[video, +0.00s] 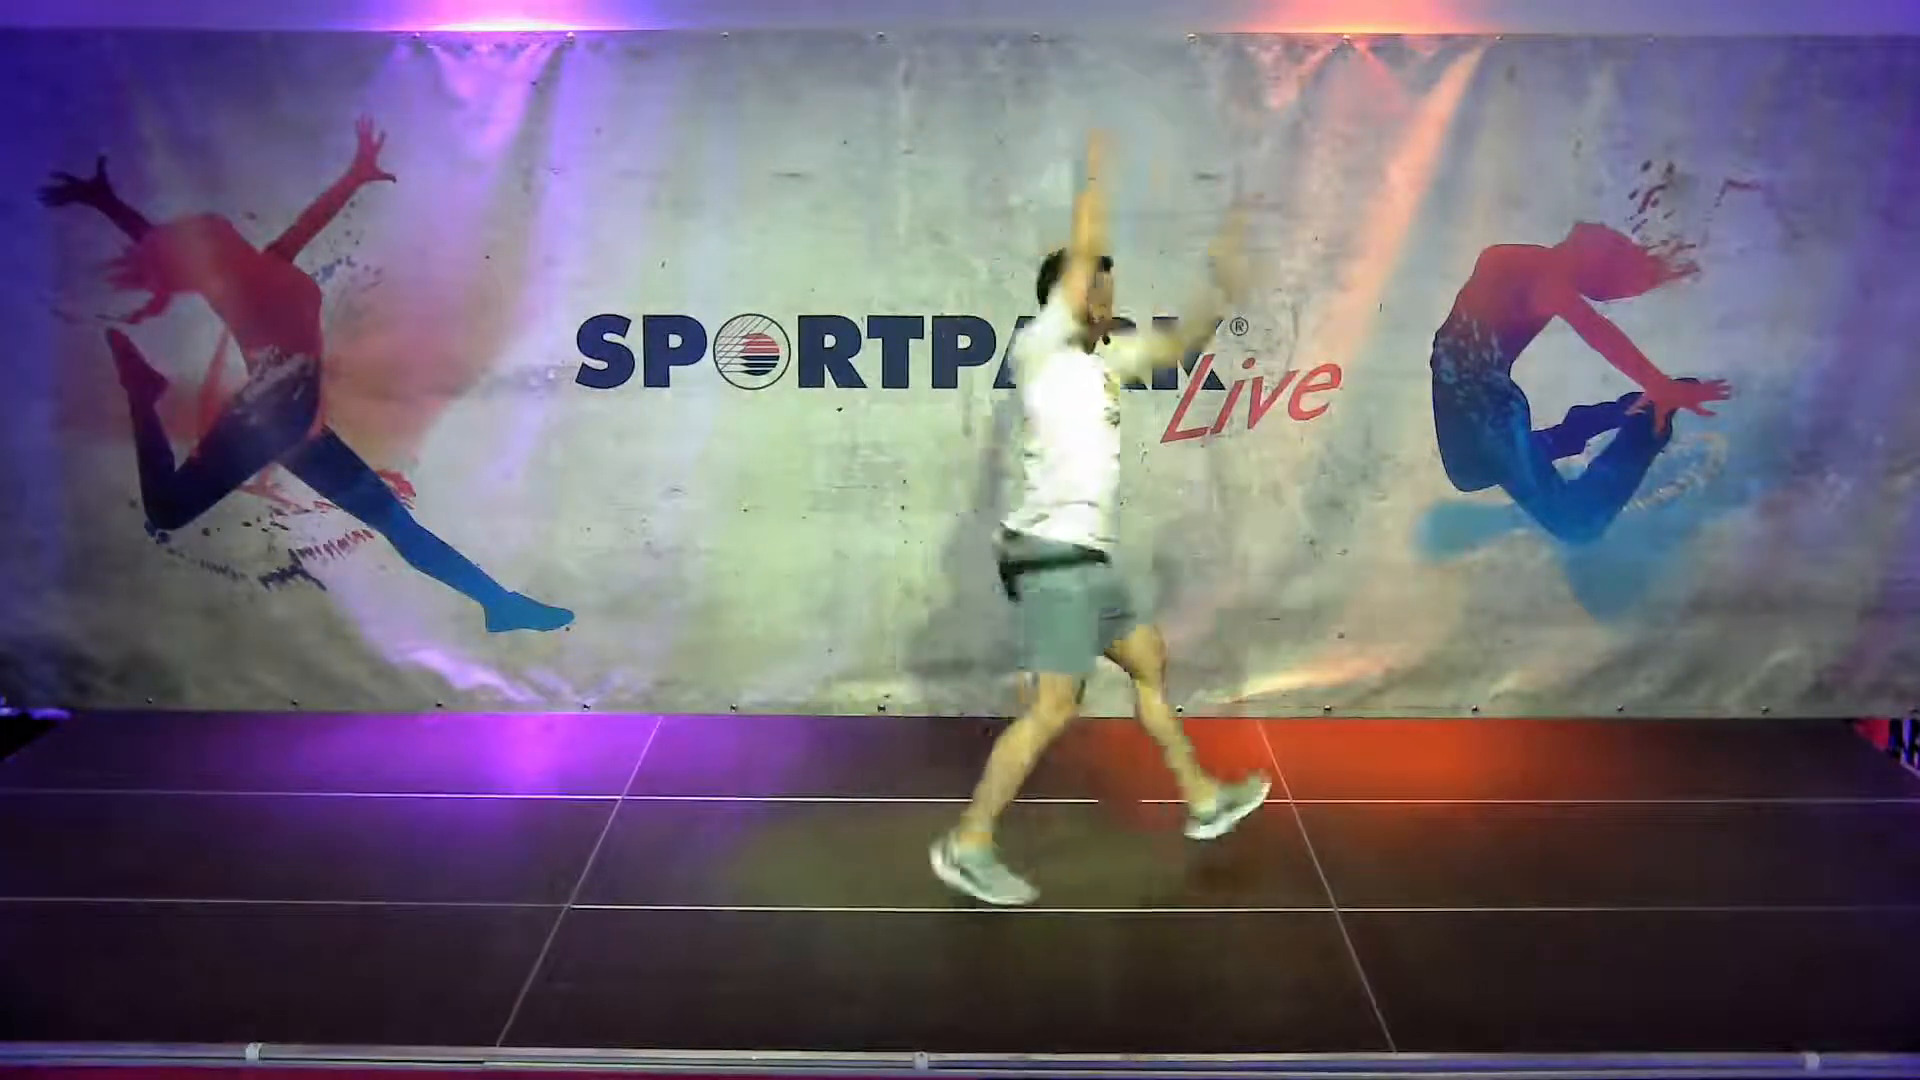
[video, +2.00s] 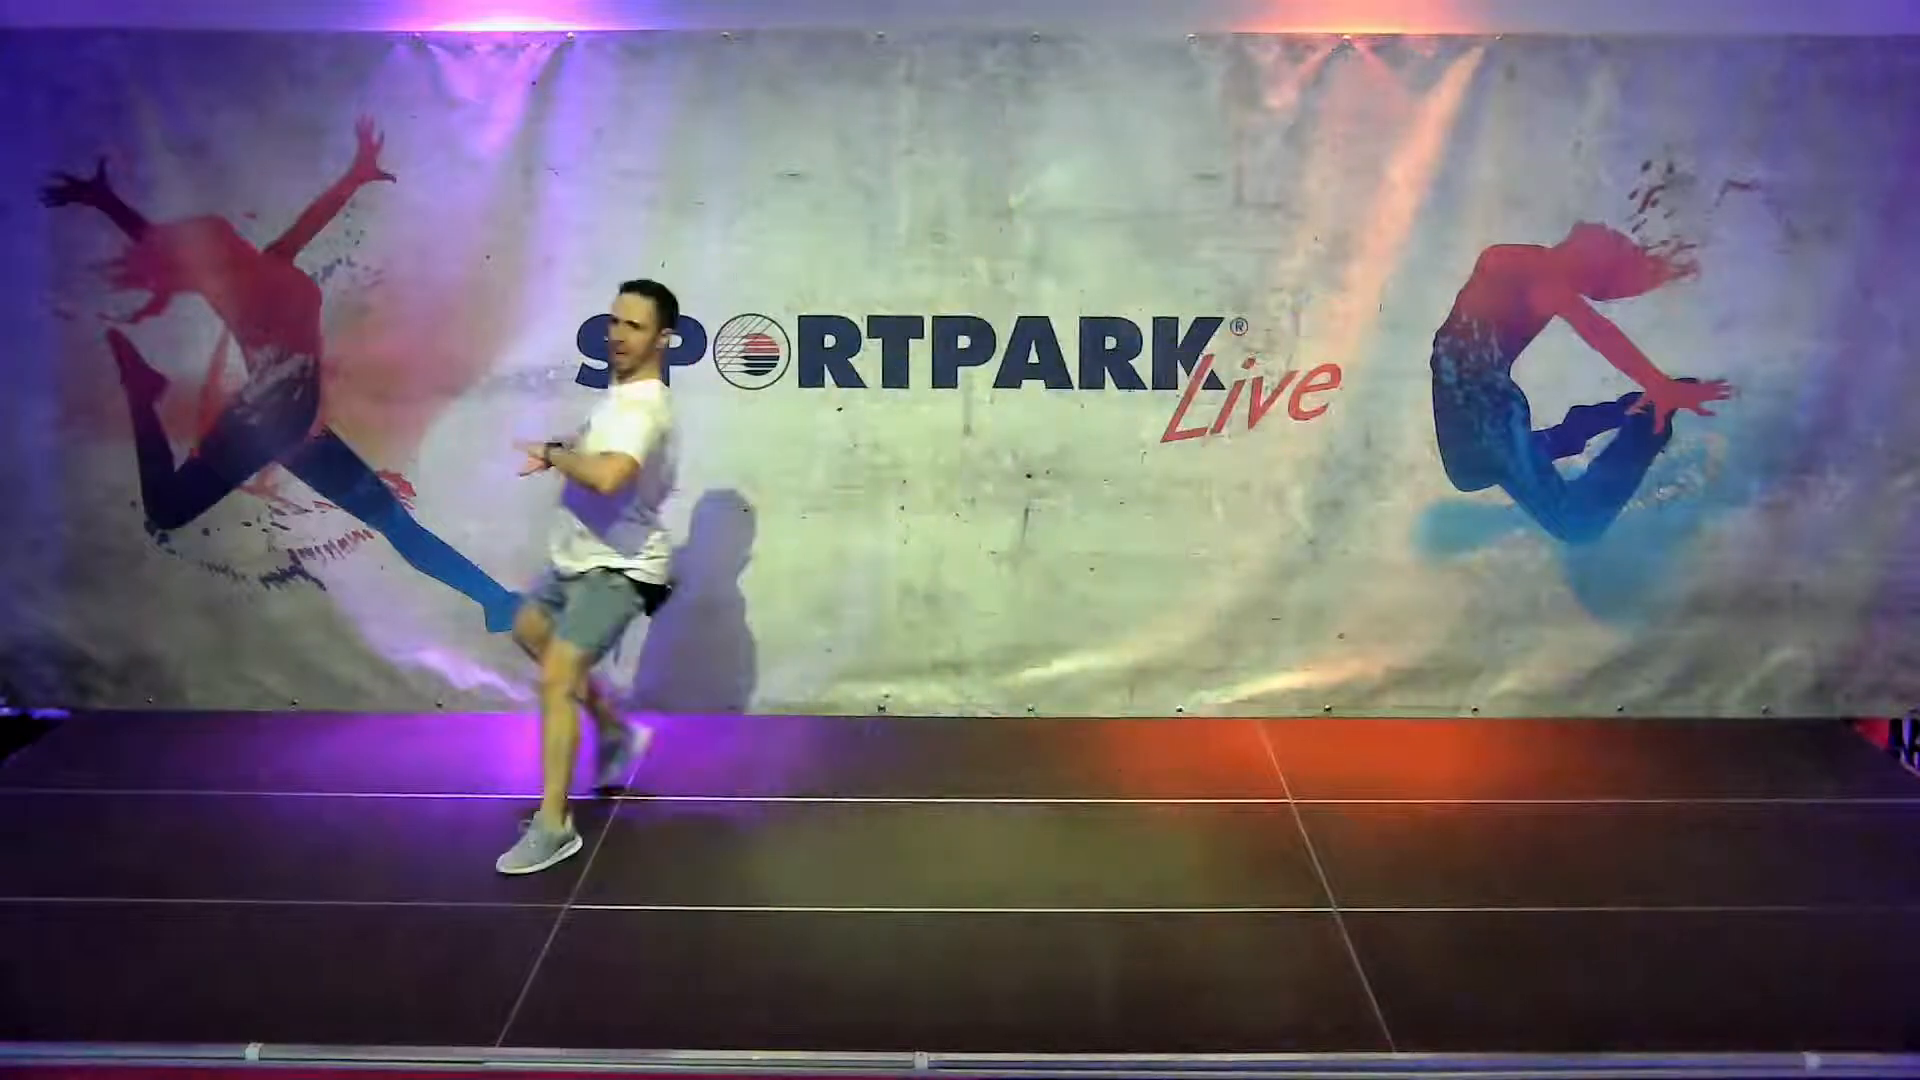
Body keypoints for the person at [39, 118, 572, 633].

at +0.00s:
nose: (182, 280)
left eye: (179, 261)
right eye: (177, 261)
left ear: (204, 250)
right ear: (198, 249)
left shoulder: (264, 268)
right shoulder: (229, 274)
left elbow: (308, 223)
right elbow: (159, 244)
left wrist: (358, 175)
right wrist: (105, 202)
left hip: (298, 426)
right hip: (264, 419)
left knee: (388, 515)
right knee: (166, 511)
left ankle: (500, 602)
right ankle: (143, 396)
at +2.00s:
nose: (219, 245)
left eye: (214, 237)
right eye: (206, 245)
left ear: (224, 240)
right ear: (198, 261)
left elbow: (313, 218)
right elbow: (157, 246)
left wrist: (358, 174)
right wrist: (100, 197)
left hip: (299, 427)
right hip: (257, 426)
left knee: (395, 521)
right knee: (166, 508)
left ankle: (508, 609)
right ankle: (141, 393)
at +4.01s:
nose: (183, 288)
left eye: (180, 267)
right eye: (186, 264)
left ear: (204, 253)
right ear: (202, 251)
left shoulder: (263, 271)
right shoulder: (240, 280)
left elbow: (306, 224)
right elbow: (156, 242)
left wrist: (357, 176)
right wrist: (103, 199)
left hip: (298, 426)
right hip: (261, 422)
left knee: (387, 514)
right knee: (166, 510)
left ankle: (500, 602)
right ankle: (139, 387)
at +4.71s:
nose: (194, 284)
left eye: (192, 265)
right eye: (190, 266)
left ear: (208, 254)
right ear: (204, 254)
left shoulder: (262, 270)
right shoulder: (239, 282)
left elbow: (307, 223)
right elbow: (157, 245)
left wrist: (357, 176)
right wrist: (103, 200)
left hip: (299, 428)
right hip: (259, 425)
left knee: (388, 516)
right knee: (165, 511)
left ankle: (500, 602)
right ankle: (140, 391)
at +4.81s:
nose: (193, 285)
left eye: (190, 266)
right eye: (190, 266)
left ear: (207, 255)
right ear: (205, 254)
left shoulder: (262, 270)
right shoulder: (238, 283)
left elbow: (307, 223)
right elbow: (157, 244)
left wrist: (357, 176)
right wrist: (103, 200)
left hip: (298, 427)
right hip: (259, 424)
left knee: (387, 516)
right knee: (165, 511)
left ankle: (500, 602)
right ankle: (140, 392)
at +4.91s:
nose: (180, 288)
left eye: (179, 268)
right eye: (175, 271)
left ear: (204, 252)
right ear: (204, 249)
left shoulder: (262, 269)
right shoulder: (239, 279)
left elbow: (307, 223)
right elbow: (158, 244)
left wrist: (358, 175)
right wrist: (105, 202)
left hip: (300, 429)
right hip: (262, 422)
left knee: (389, 516)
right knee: (166, 511)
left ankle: (500, 602)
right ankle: (141, 397)